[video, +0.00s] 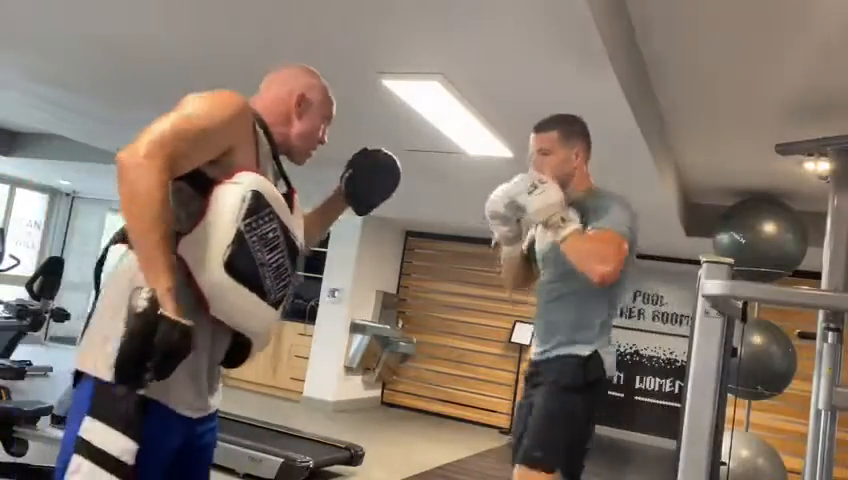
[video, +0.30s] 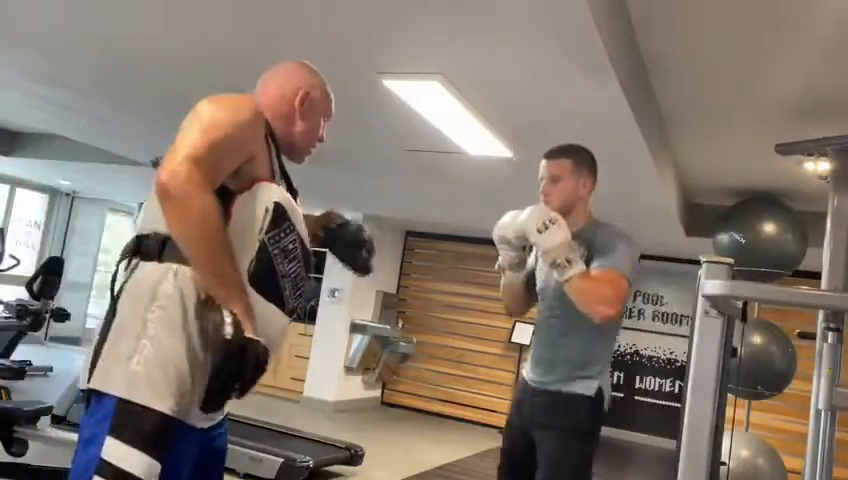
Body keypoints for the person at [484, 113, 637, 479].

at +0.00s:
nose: (534, 166)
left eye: (544, 154)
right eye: (532, 155)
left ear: (578, 157)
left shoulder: (611, 208)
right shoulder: (550, 213)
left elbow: (603, 267)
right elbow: (516, 280)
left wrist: (556, 218)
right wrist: (509, 233)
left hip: (576, 365)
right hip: (544, 362)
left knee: (532, 471)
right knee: (530, 469)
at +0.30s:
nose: (542, 191)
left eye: (554, 181)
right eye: (542, 181)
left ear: (585, 186)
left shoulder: (612, 243)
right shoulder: (549, 240)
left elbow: (604, 306)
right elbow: (516, 306)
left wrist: (561, 254)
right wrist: (511, 259)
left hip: (575, 399)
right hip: (531, 389)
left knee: (559, 473)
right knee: (512, 473)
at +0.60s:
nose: (549, 169)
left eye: (560, 159)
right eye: (548, 160)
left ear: (591, 167)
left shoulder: (618, 220)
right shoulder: (555, 222)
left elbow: (612, 281)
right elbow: (527, 292)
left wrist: (562, 233)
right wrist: (519, 245)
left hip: (583, 378)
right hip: (543, 372)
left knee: (564, 472)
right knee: (530, 468)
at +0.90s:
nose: (539, 165)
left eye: (550, 155)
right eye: (538, 156)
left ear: (581, 160)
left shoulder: (609, 211)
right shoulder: (545, 214)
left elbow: (601, 264)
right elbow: (521, 286)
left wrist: (555, 218)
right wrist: (514, 238)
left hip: (576, 366)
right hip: (536, 360)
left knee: (555, 470)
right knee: (515, 459)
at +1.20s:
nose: (522, 190)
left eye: (532, 180)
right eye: (519, 180)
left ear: (559, 182)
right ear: (516, 181)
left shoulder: (589, 232)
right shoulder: (520, 238)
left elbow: (598, 287)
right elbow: (492, 298)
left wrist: (548, 240)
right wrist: (488, 253)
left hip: (557, 374)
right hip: (513, 369)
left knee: (506, 473)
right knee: (502, 471)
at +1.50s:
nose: (503, 188)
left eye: (512, 177)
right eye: (499, 179)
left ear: (539, 177)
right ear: (495, 180)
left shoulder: (572, 228)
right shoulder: (505, 236)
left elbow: (564, 285)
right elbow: (469, 293)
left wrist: (522, 230)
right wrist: (467, 240)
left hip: (539, 376)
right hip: (500, 372)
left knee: (492, 471)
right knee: (489, 470)